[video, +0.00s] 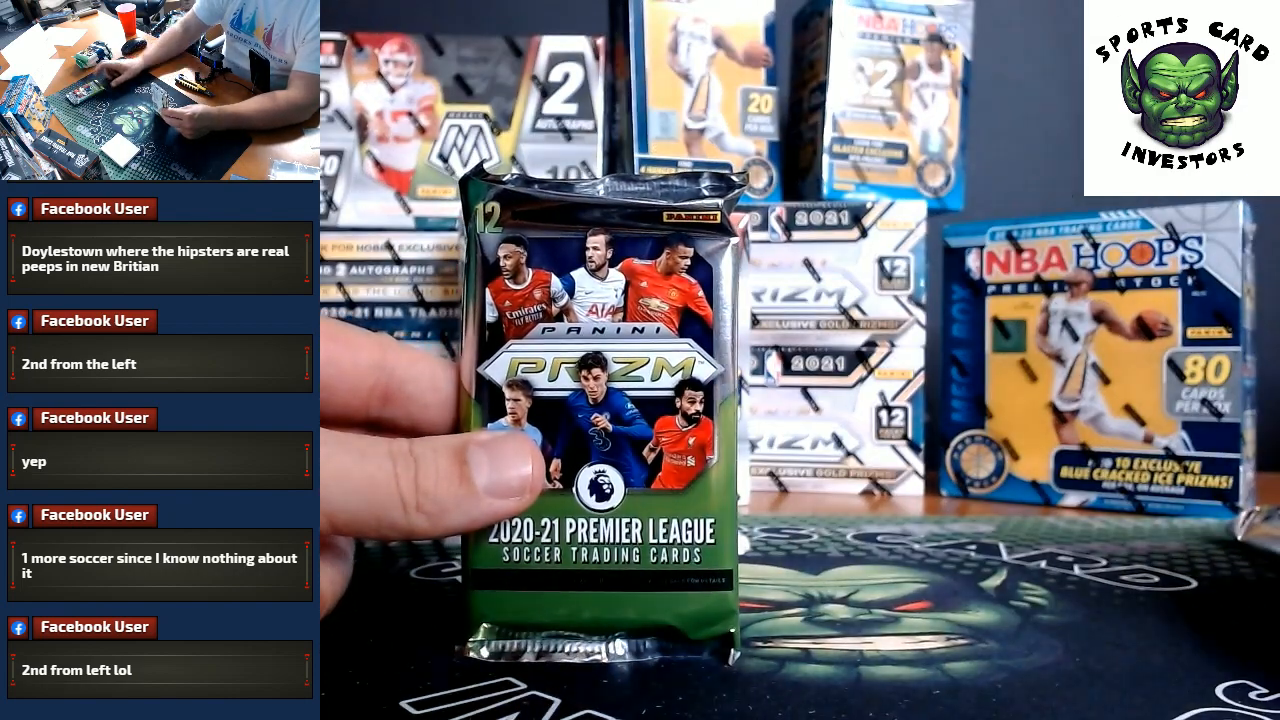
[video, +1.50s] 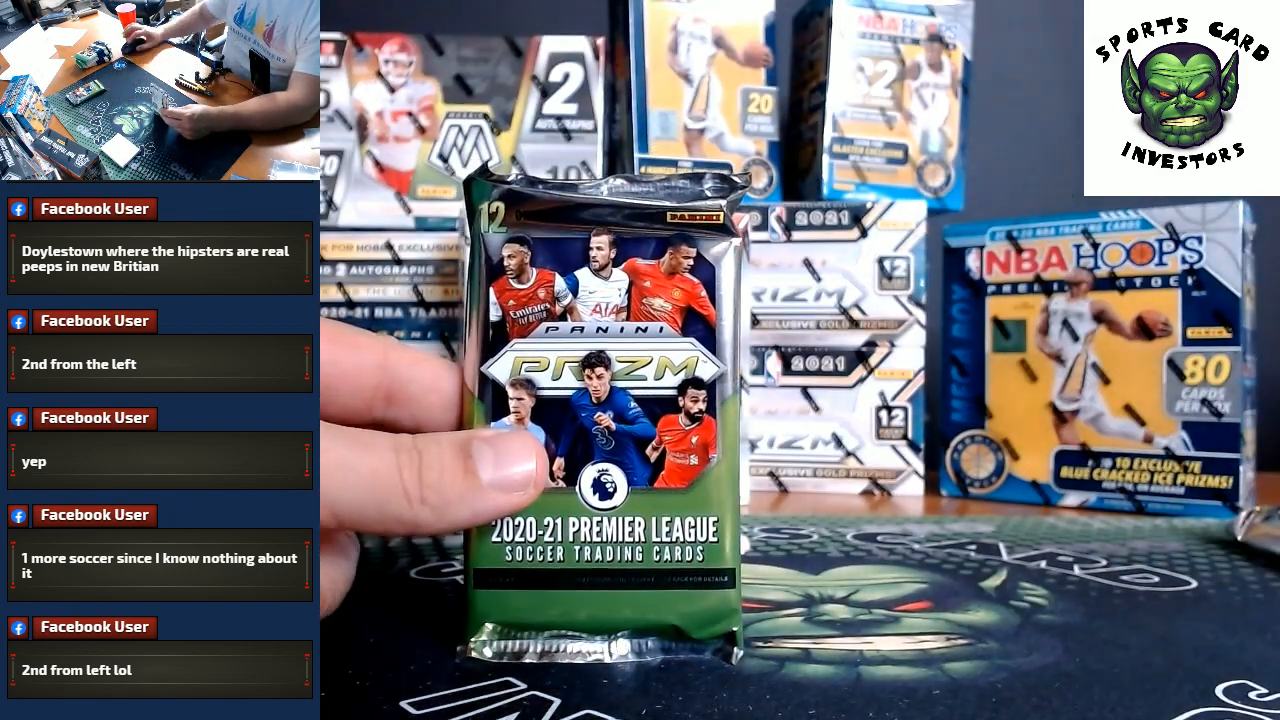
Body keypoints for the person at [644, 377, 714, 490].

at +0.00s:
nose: (698, 408)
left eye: (701, 402)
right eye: (691, 402)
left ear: (704, 403)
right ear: (678, 403)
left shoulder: (708, 429)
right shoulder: (662, 424)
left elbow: (713, 465)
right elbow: (652, 448)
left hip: (691, 495)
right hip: (661, 490)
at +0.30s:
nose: (697, 408)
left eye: (701, 402)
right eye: (691, 402)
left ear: (703, 402)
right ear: (677, 403)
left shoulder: (707, 429)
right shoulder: (662, 424)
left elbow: (713, 466)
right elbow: (651, 449)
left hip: (690, 495)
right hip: (660, 490)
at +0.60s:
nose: (696, 407)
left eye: (699, 401)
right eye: (689, 401)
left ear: (702, 401)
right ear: (676, 402)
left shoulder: (706, 428)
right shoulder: (660, 423)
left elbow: (712, 466)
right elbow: (650, 448)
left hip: (689, 494)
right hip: (659, 489)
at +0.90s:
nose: (696, 408)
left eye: (699, 402)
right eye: (689, 402)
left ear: (701, 402)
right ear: (675, 403)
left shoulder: (706, 429)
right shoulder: (660, 425)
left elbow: (711, 466)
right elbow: (650, 449)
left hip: (689, 494)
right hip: (659, 490)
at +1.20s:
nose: (695, 407)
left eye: (698, 401)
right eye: (688, 402)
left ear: (701, 401)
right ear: (674, 402)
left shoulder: (705, 428)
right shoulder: (659, 424)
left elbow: (711, 466)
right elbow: (649, 448)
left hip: (688, 494)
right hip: (658, 490)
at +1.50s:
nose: (701, 407)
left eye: (704, 401)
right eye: (694, 401)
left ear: (707, 401)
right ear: (681, 401)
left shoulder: (710, 426)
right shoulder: (665, 423)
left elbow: (715, 461)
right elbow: (655, 447)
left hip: (694, 492)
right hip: (664, 488)